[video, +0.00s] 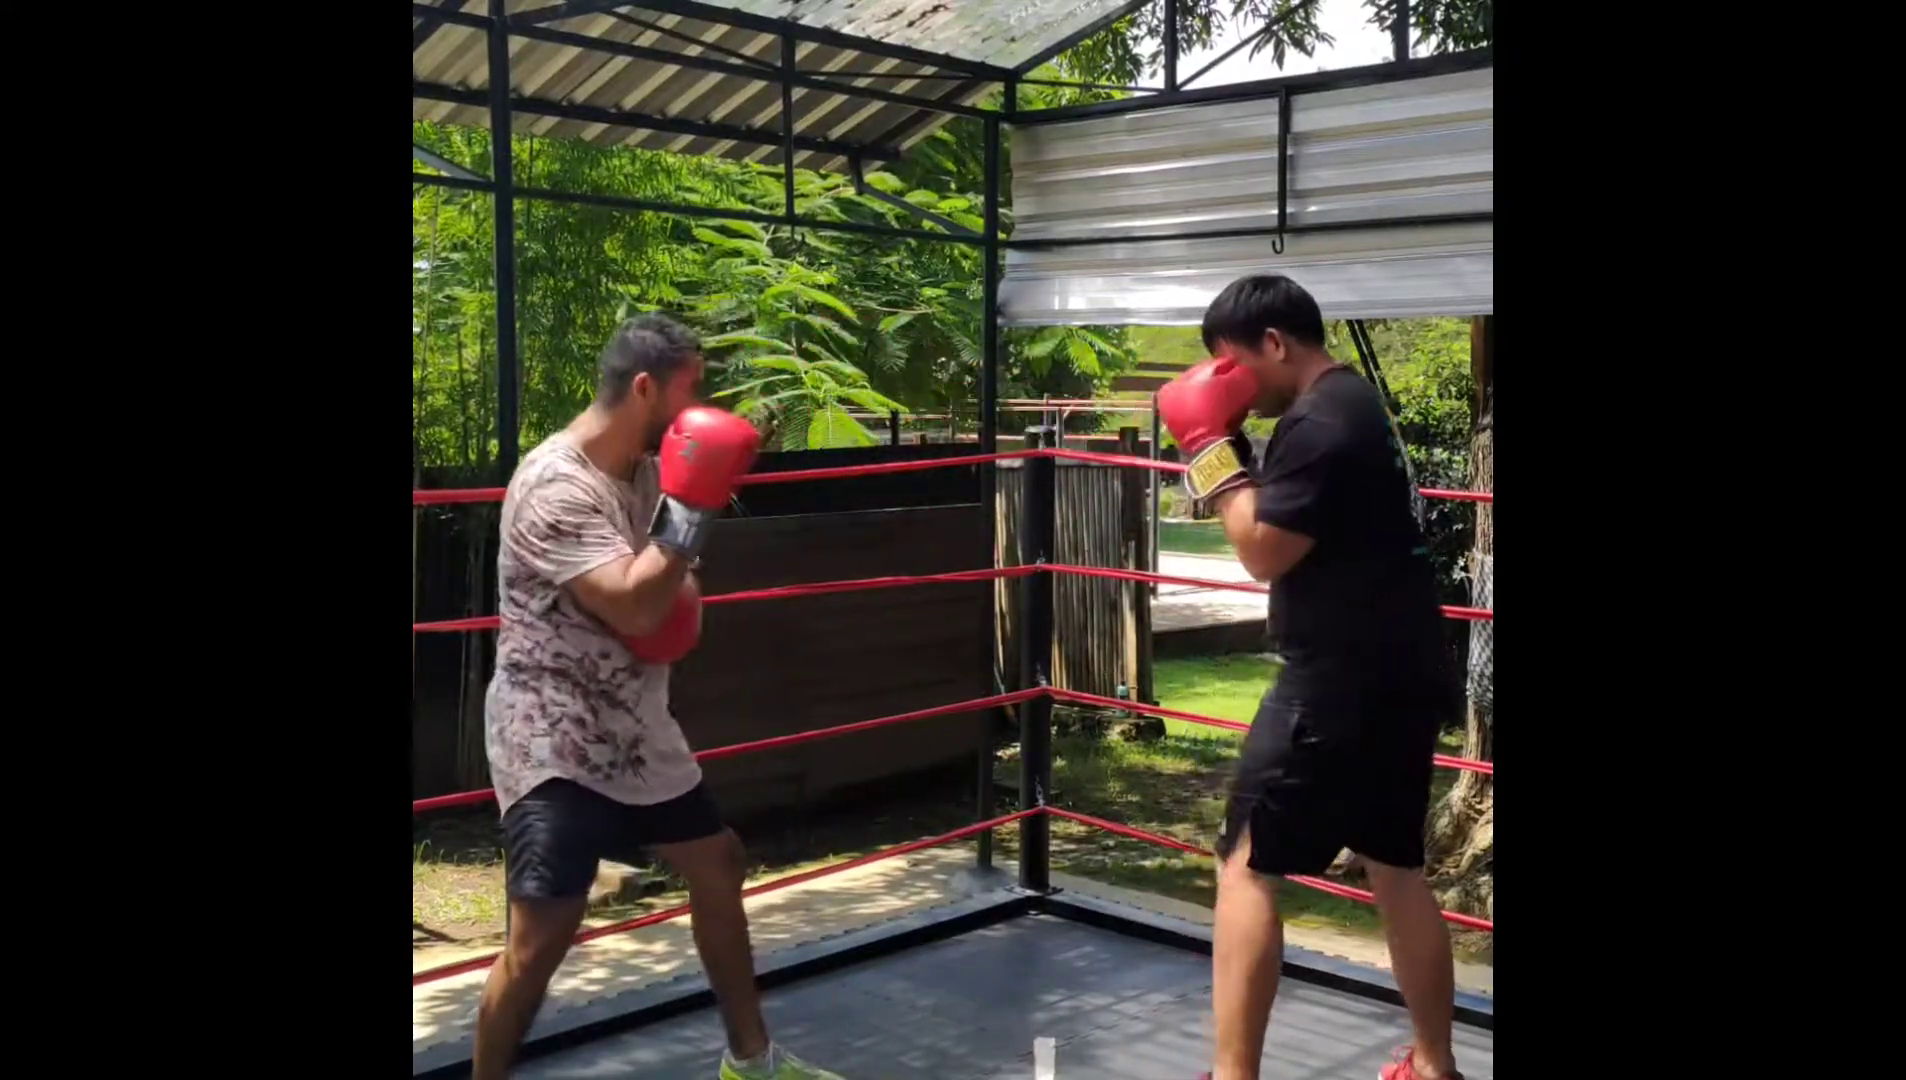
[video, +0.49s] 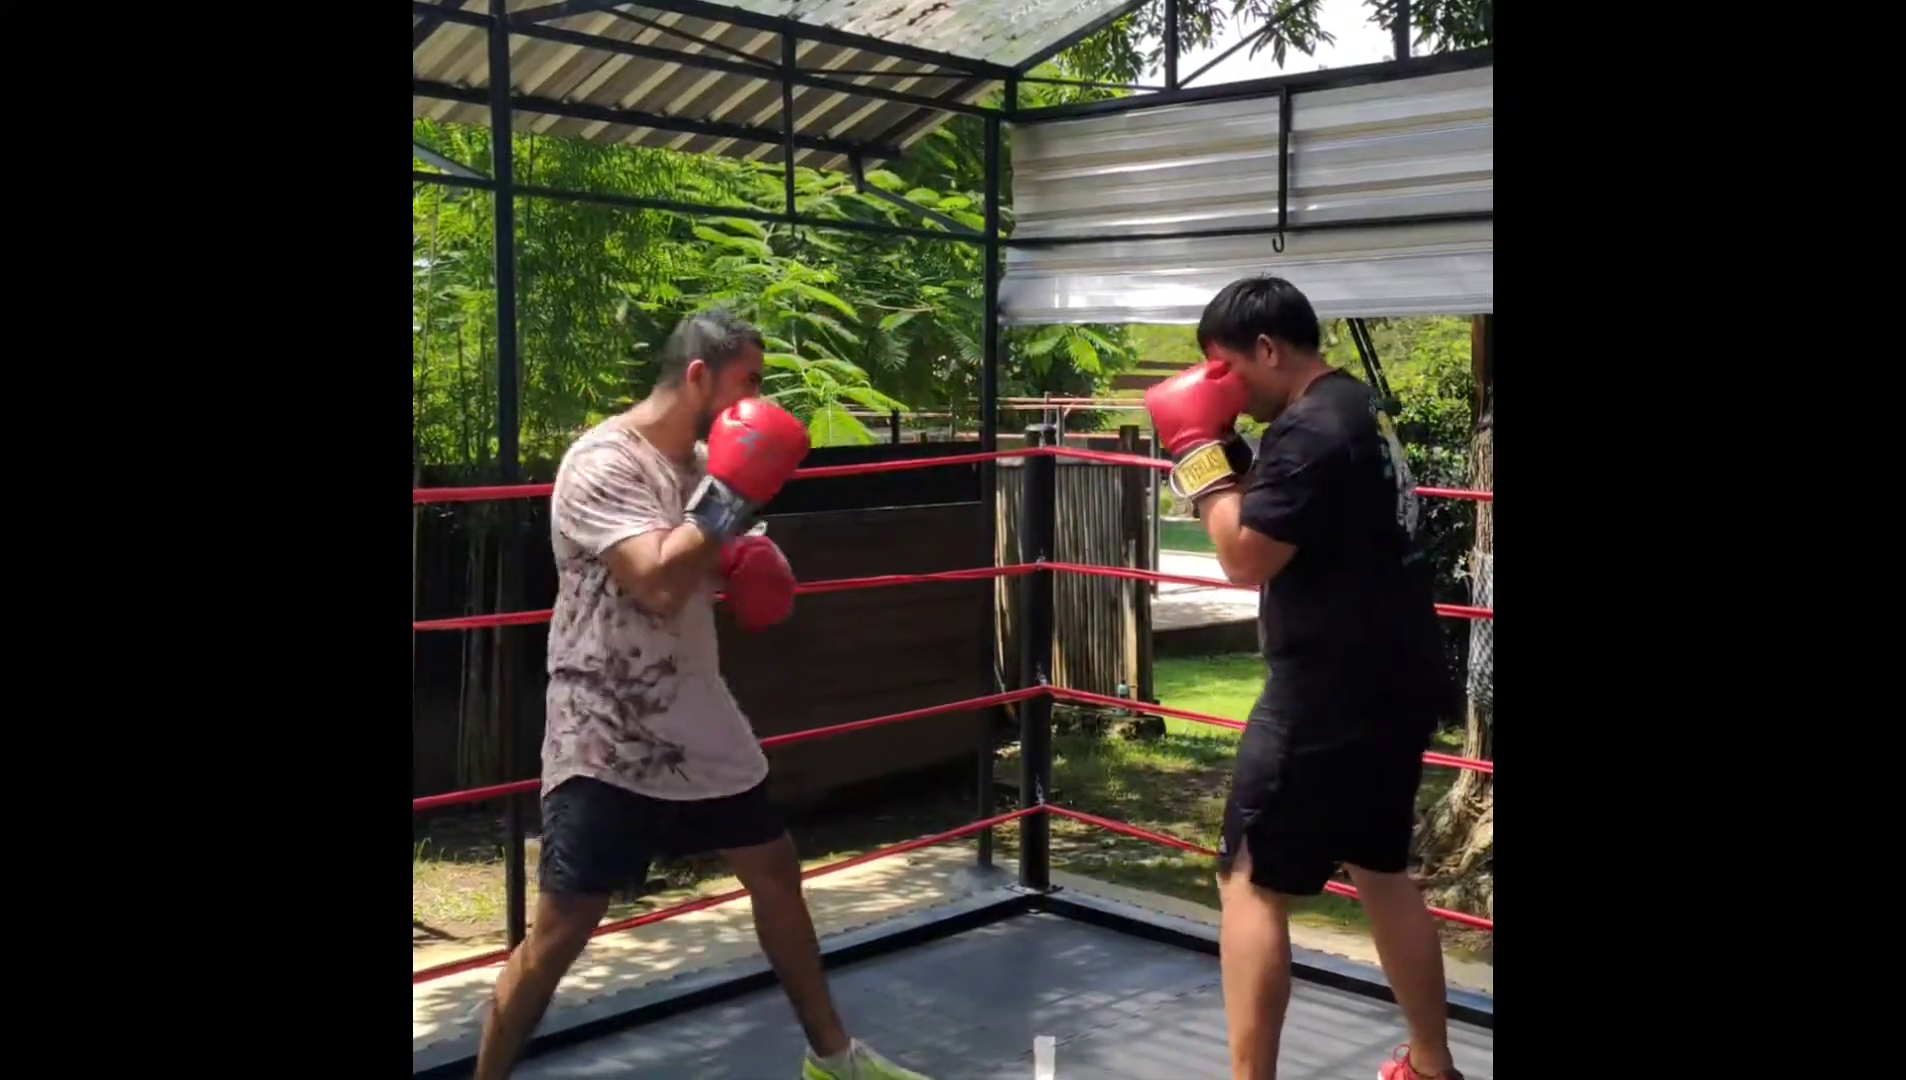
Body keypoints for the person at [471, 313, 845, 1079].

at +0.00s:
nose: (697, 406)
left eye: (698, 391)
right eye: (689, 390)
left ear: (643, 390)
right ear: (643, 388)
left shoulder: (647, 472)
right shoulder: (552, 485)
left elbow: (684, 576)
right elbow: (634, 607)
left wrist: (679, 623)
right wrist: (689, 507)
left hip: (637, 726)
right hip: (552, 734)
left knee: (716, 864)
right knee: (539, 939)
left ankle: (752, 1055)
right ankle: (488, 1074)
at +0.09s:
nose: (690, 398)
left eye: (693, 383)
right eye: (684, 380)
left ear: (635, 378)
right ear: (636, 376)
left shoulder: (636, 464)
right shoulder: (549, 473)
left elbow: (681, 585)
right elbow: (633, 601)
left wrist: (674, 588)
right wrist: (687, 498)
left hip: (634, 721)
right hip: (550, 730)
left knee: (702, 867)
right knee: (540, 937)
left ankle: (751, 1053)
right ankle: (489, 1075)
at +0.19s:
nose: (690, 398)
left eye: (694, 385)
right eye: (685, 382)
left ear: (635, 375)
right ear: (638, 373)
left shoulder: (618, 457)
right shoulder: (555, 463)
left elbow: (663, 579)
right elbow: (639, 592)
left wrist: (692, 486)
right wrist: (690, 485)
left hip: (633, 710)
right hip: (553, 720)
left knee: (707, 860)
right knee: (547, 932)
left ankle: (752, 1052)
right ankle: (488, 1074)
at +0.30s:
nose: (701, 413)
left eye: (705, 400)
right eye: (697, 397)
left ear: (646, 391)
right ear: (650, 391)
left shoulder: (615, 470)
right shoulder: (565, 474)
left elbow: (670, 590)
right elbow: (648, 603)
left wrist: (702, 507)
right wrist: (700, 502)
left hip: (642, 721)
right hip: (562, 732)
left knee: (738, 862)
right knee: (558, 945)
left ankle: (783, 1049)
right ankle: (489, 1073)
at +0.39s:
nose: (722, 422)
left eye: (726, 407)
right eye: (716, 404)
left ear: (665, 401)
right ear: (667, 399)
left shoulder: (639, 484)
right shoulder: (580, 486)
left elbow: (638, 611)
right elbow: (663, 608)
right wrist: (723, 511)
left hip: (663, 739)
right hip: (582, 751)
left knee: (756, 875)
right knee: (570, 950)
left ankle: (821, 1047)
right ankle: (490, 1072)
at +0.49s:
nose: (751, 401)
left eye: (756, 387)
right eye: (745, 383)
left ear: (701, 378)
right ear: (698, 374)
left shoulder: (704, 468)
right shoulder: (598, 462)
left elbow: (701, 577)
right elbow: (657, 585)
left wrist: (750, 587)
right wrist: (729, 499)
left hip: (702, 722)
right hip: (603, 729)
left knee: (776, 878)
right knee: (560, 932)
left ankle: (832, 1052)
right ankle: (487, 1073)